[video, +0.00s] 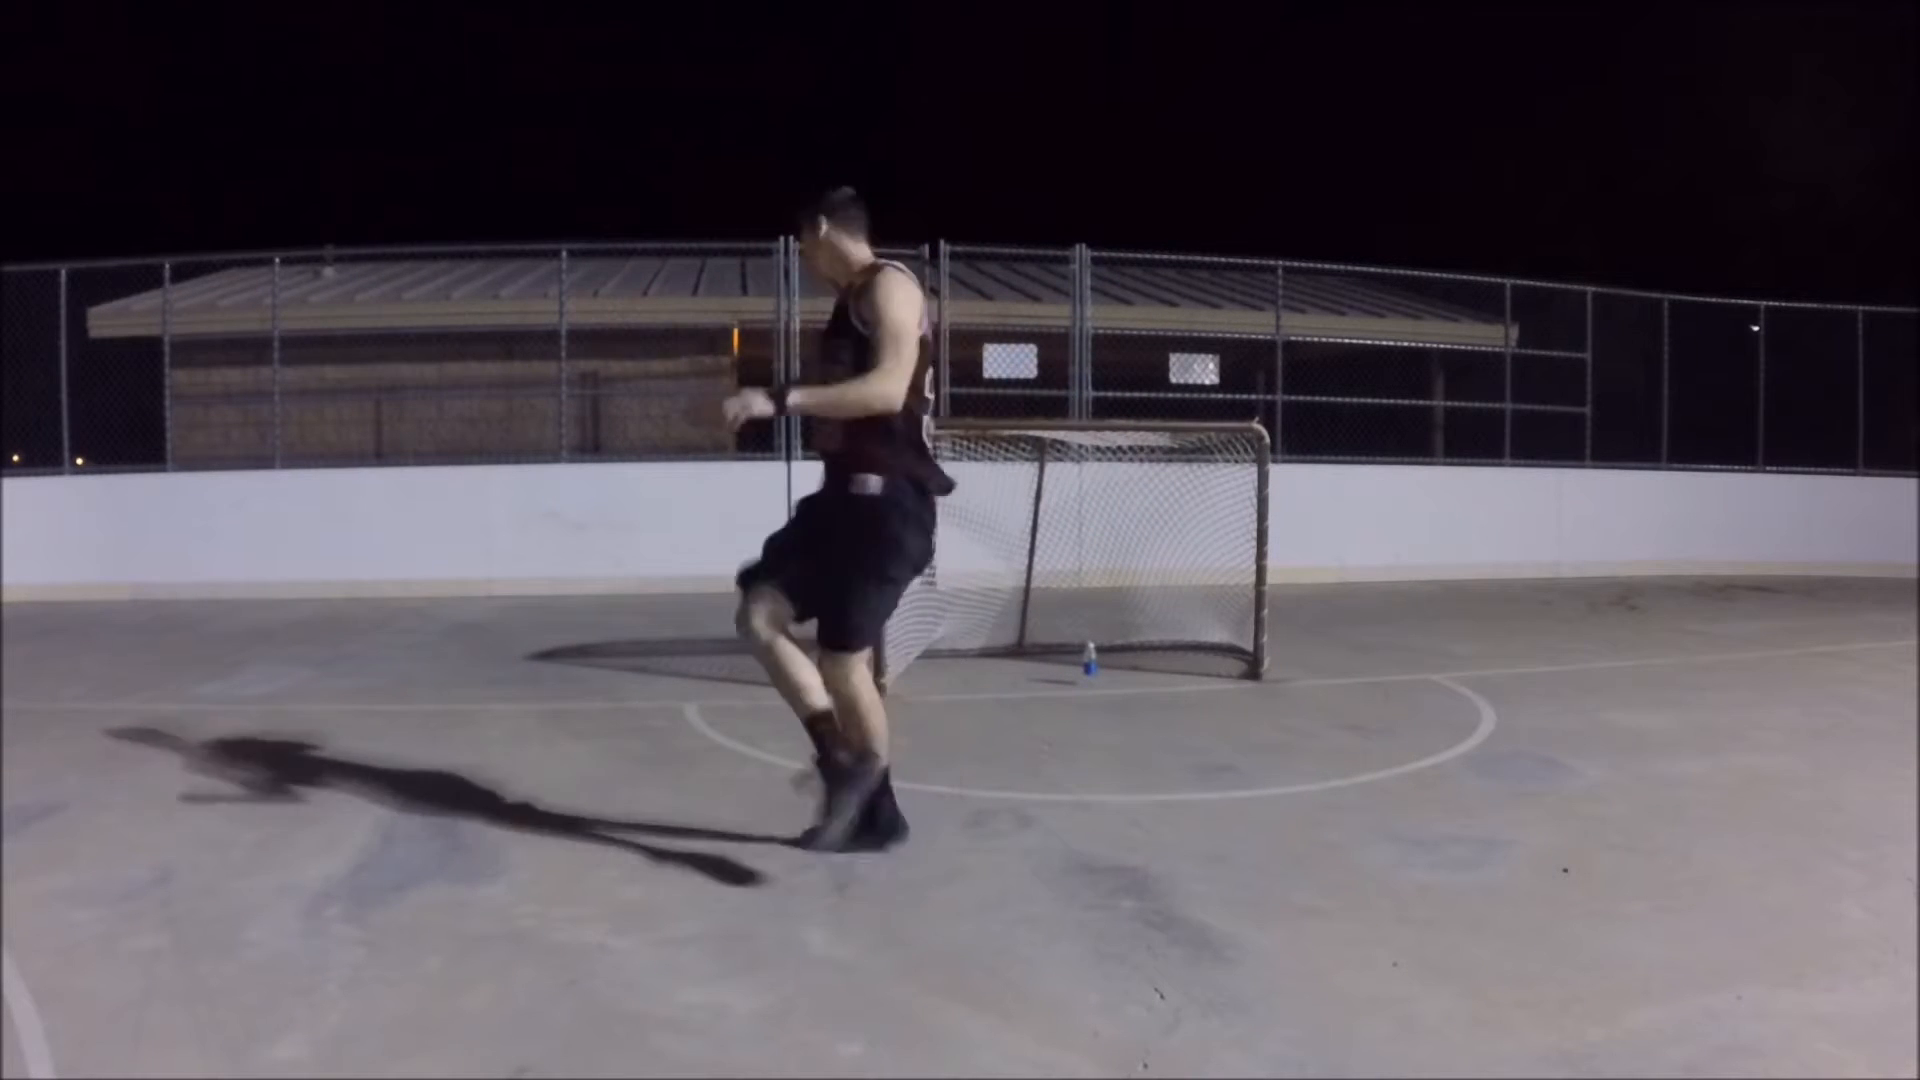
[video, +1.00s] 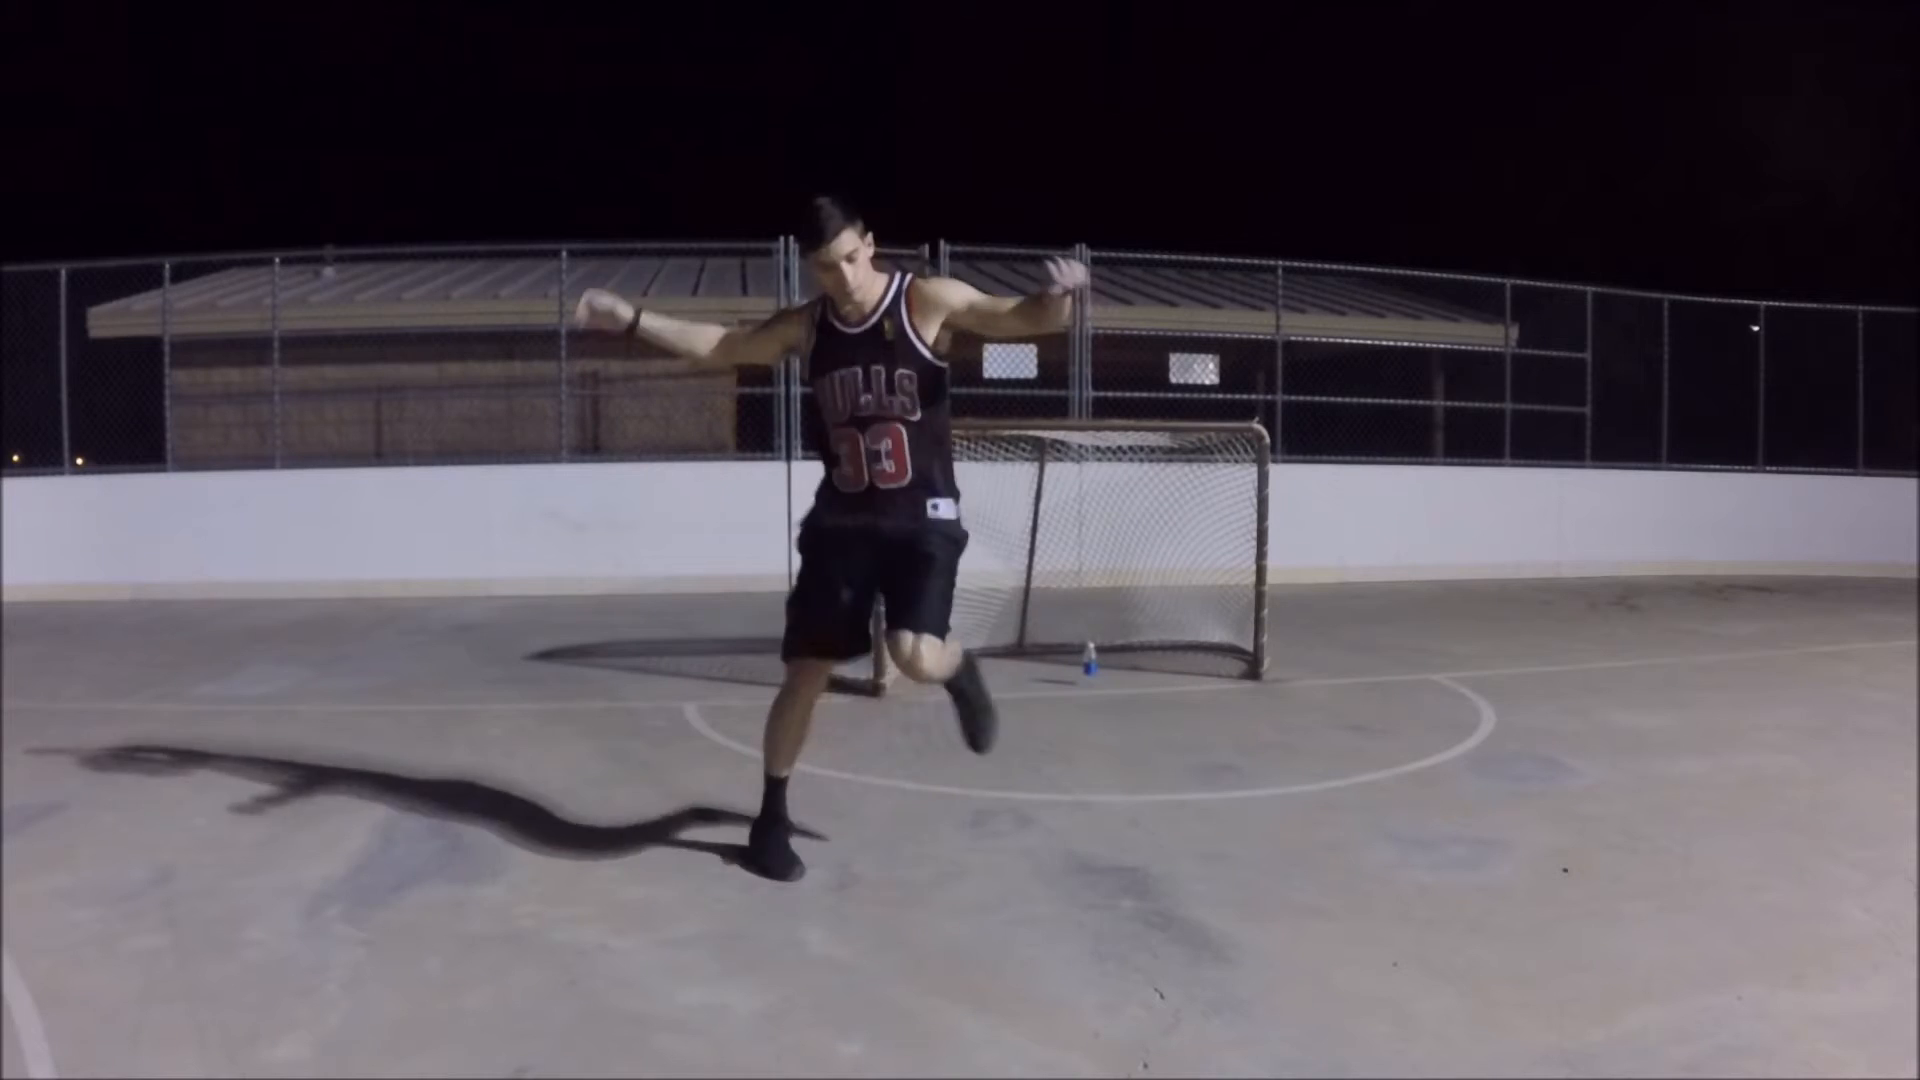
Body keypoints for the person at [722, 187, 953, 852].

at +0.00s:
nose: (806, 258)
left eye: (806, 243)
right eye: (804, 245)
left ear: (827, 233)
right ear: (845, 231)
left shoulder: (892, 287)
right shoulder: (853, 299)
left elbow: (887, 389)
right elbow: (867, 398)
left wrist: (782, 400)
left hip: (884, 506)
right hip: (843, 500)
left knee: (845, 663)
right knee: (761, 614)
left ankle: (878, 808)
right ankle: (840, 758)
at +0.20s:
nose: (892, 310)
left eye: (888, 305)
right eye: (891, 303)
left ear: (827, 300)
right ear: (878, 299)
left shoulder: (790, 353)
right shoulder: (920, 344)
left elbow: (777, 459)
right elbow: (944, 448)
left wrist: (777, 525)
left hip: (843, 544)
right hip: (922, 544)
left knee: (839, 684)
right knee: (839, 648)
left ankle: (870, 835)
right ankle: (736, 717)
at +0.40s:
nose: (935, 245)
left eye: (938, 233)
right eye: (924, 232)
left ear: (900, 239)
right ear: (890, 231)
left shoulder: (857, 282)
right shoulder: (883, 269)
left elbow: (834, 395)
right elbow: (874, 361)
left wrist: (905, 421)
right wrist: (921, 366)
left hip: (806, 476)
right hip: (844, 473)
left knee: (848, 633)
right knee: (929, 605)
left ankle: (828, 794)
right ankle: (896, 734)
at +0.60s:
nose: (897, 257)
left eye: (906, 244)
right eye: (885, 246)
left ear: (921, 245)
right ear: (863, 247)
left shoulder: (920, 313)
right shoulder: (823, 302)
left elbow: (932, 362)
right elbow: (770, 393)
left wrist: (997, 395)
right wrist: (840, 418)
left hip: (884, 492)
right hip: (816, 493)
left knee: (857, 636)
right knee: (874, 626)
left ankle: (842, 775)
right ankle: (956, 781)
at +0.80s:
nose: (855, 279)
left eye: (866, 263)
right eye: (841, 266)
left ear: (884, 252)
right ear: (823, 262)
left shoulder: (921, 304)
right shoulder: (797, 321)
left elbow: (1003, 351)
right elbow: (737, 394)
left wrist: (1080, 360)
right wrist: (680, 442)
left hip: (902, 513)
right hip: (826, 513)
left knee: (875, 669)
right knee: (820, 655)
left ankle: (850, 773)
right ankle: (827, 810)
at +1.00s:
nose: (839, 281)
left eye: (846, 263)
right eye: (824, 270)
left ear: (870, 246)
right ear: (809, 267)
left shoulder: (930, 300)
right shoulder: (807, 326)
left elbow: (1031, 320)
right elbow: (718, 345)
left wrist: (1061, 297)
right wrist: (632, 318)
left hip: (922, 517)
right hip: (839, 520)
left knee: (914, 656)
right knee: (807, 670)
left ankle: (961, 670)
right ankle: (771, 820)